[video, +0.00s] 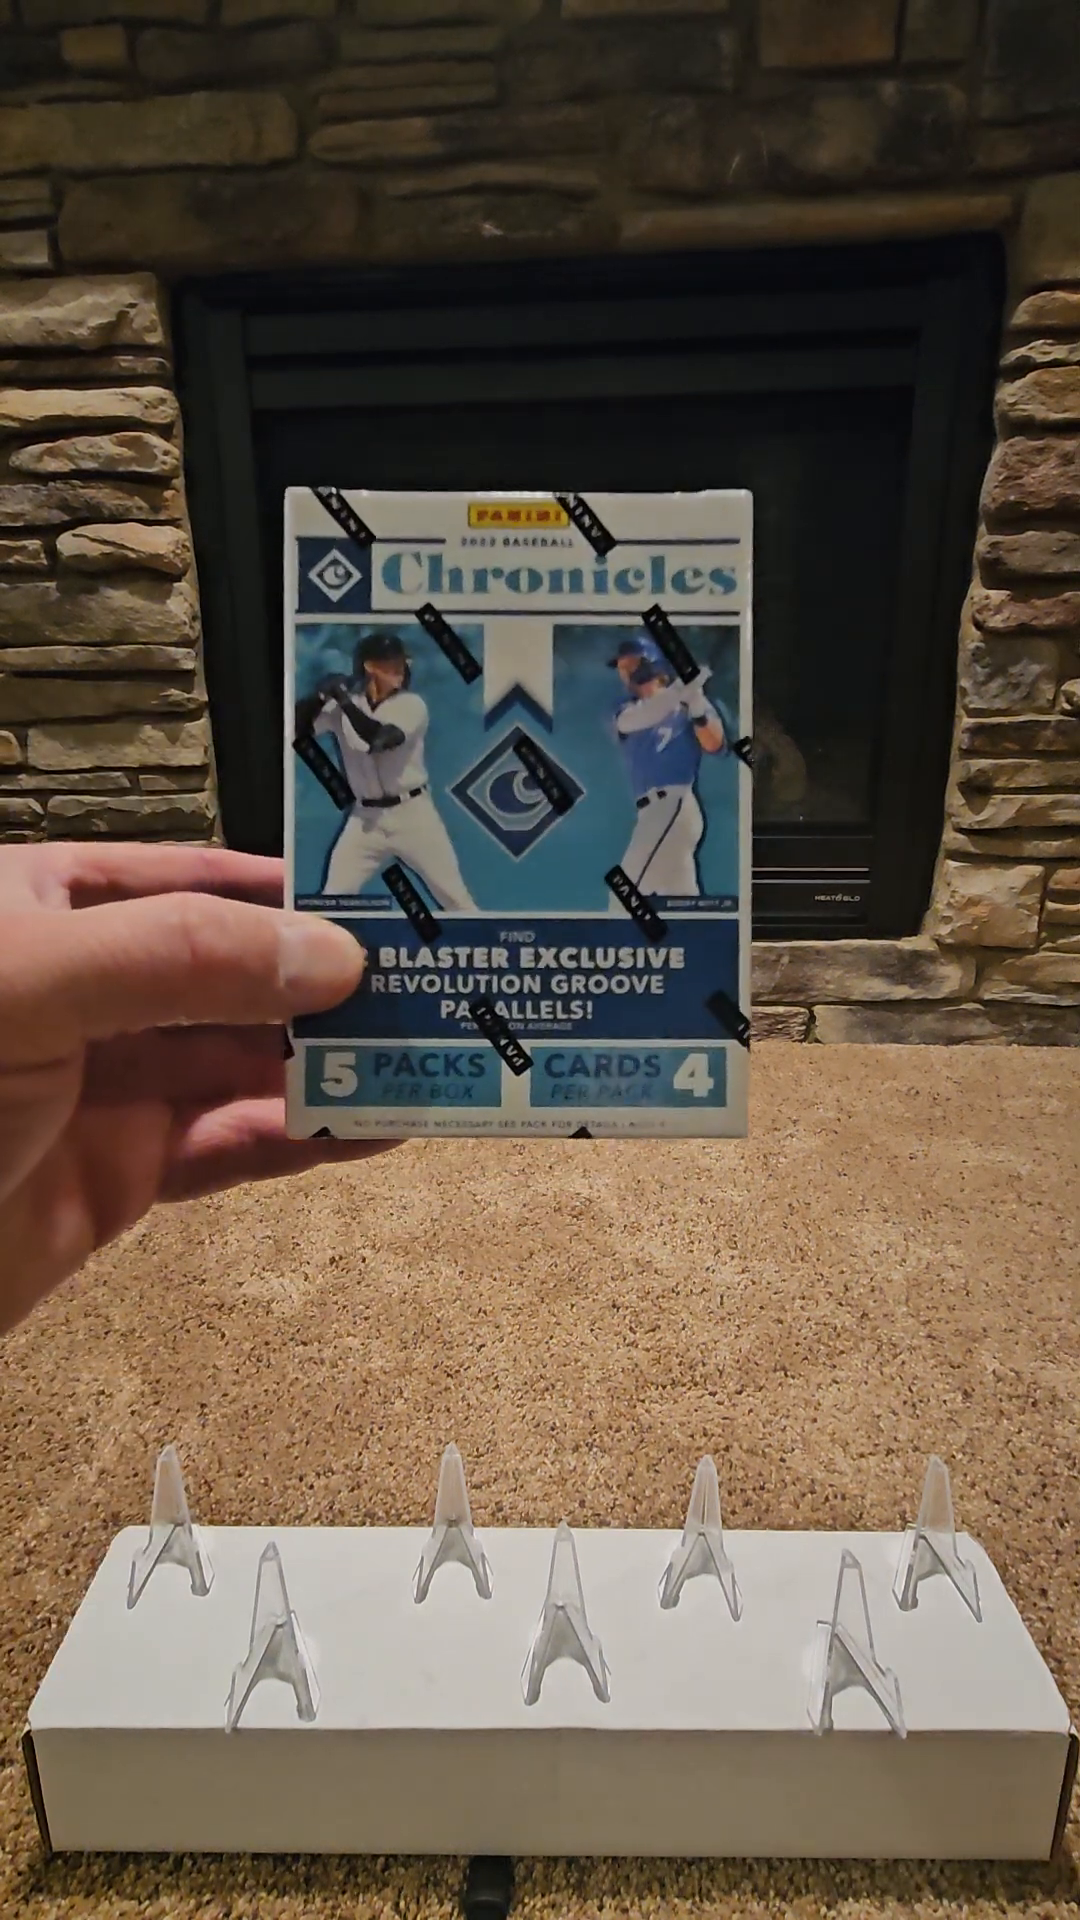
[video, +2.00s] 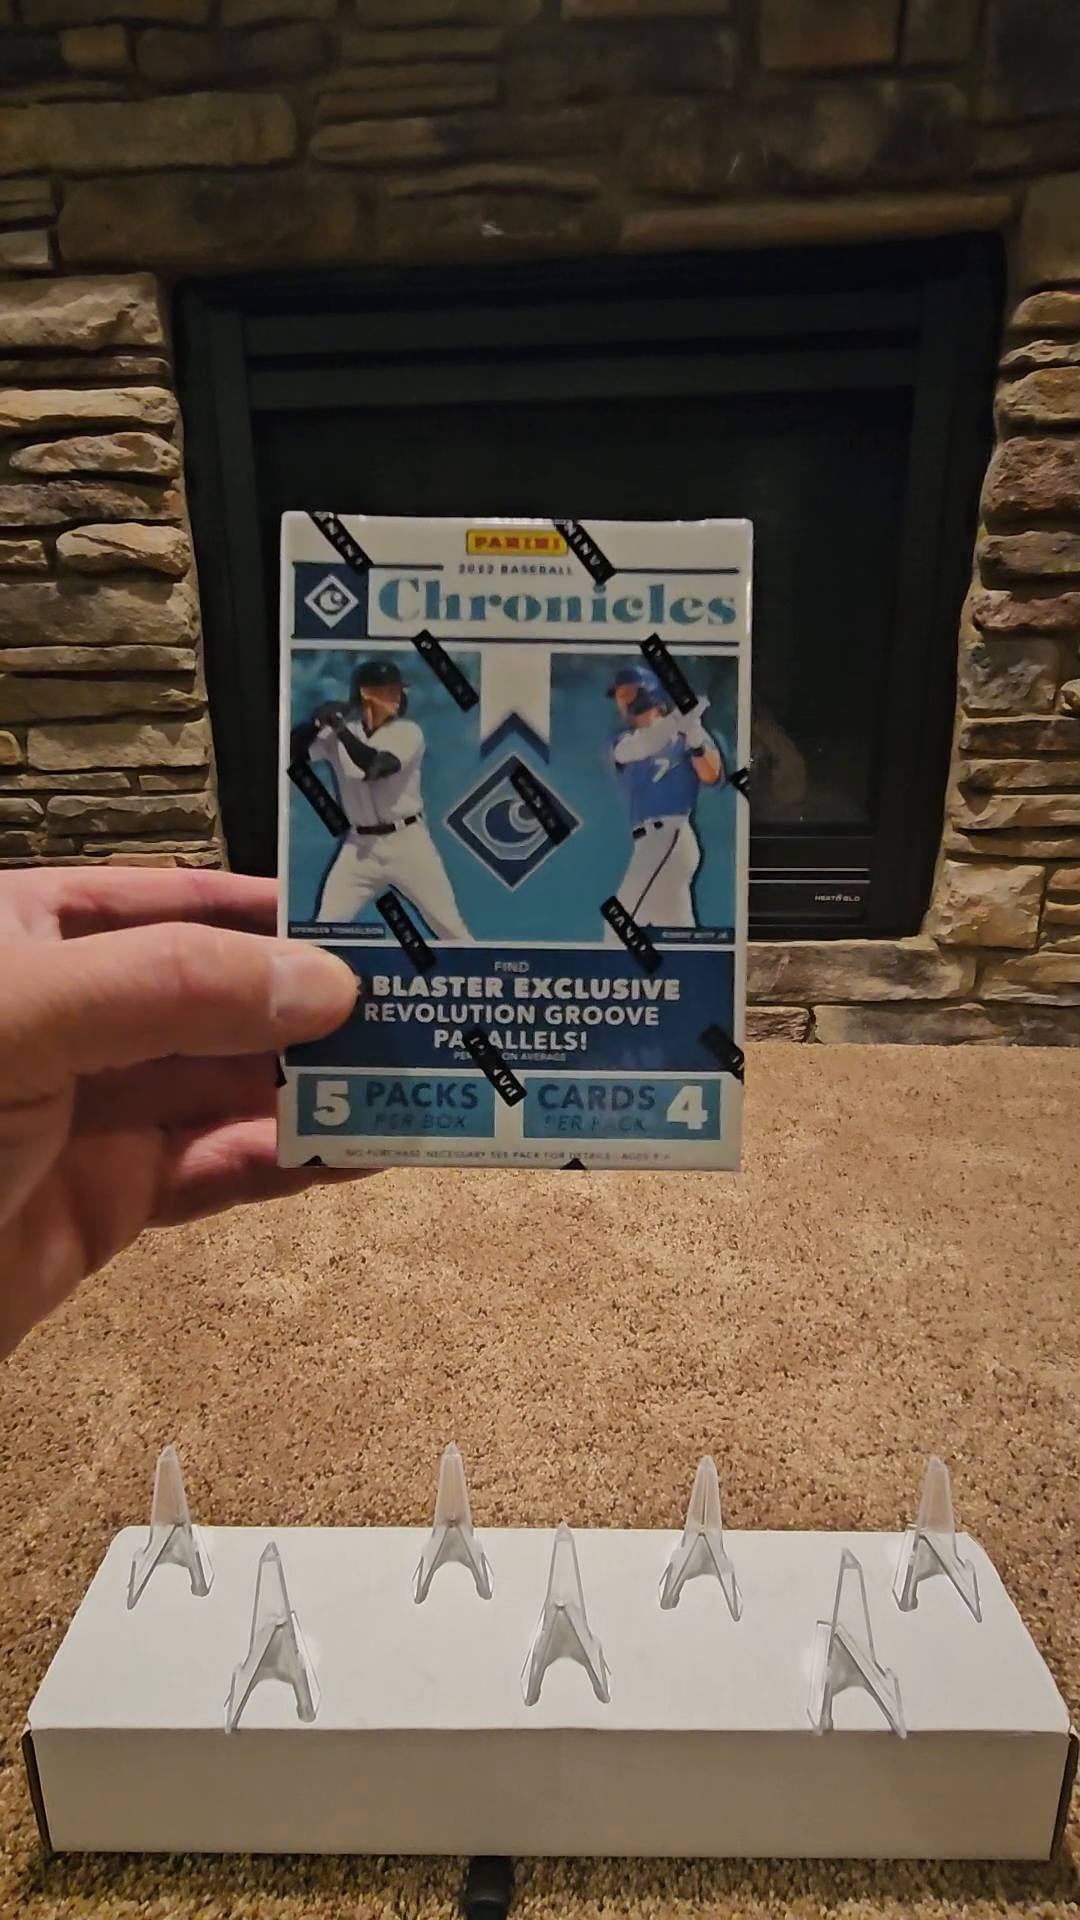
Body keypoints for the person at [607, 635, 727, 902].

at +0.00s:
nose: (622, 671)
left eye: (629, 662)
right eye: (620, 664)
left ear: (649, 664)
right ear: (619, 670)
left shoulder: (691, 702)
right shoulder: (626, 711)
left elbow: (714, 745)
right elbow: (644, 717)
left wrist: (697, 704)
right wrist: (680, 689)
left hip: (674, 807)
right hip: (651, 811)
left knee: (626, 893)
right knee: (683, 904)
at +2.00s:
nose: (622, 704)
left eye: (629, 695)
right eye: (619, 697)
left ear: (649, 695)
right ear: (616, 700)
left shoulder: (688, 732)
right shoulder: (621, 741)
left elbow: (711, 777)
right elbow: (642, 746)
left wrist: (694, 733)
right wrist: (676, 719)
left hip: (671, 838)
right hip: (648, 841)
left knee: (620, 924)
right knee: (680, 936)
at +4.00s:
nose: (609, 710)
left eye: (615, 700)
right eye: (606, 702)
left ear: (634, 698)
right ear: (604, 705)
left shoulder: (676, 734)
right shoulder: (611, 746)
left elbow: (702, 779)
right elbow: (630, 750)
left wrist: (684, 737)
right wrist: (666, 722)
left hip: (661, 843)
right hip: (637, 847)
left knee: (612, 930)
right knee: (671, 942)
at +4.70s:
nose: (612, 665)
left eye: (619, 655)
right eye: (608, 658)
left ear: (640, 656)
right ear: (605, 664)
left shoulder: (680, 694)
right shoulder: (610, 705)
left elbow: (706, 742)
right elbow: (630, 712)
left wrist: (688, 698)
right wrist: (670, 680)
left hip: (663, 808)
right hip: (639, 812)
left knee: (611, 898)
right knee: (670, 909)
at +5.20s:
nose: (605, 631)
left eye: (613, 620)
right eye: (601, 623)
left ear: (636, 621)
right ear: (598, 630)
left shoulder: (678, 664)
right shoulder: (606, 676)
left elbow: (705, 716)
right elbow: (625, 682)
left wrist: (686, 667)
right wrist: (666, 651)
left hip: (659, 785)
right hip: (632, 789)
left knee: (602, 881)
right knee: (663, 894)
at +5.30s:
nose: (600, 614)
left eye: (608, 603)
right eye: (595, 605)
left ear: (629, 602)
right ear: (589, 610)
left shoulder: (670, 643)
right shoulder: (595, 655)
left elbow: (698, 696)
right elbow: (624, 658)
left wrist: (679, 648)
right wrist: (660, 627)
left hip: (652, 768)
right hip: (625, 771)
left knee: (594, 868)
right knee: (659, 880)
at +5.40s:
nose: (597, 579)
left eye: (604, 569)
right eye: (593, 571)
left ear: (628, 569)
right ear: (590, 576)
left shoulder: (673, 610)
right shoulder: (595, 623)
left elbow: (703, 663)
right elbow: (619, 629)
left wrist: (682, 611)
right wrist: (660, 595)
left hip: (655, 738)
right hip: (626, 743)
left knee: (597, 841)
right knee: (663, 853)